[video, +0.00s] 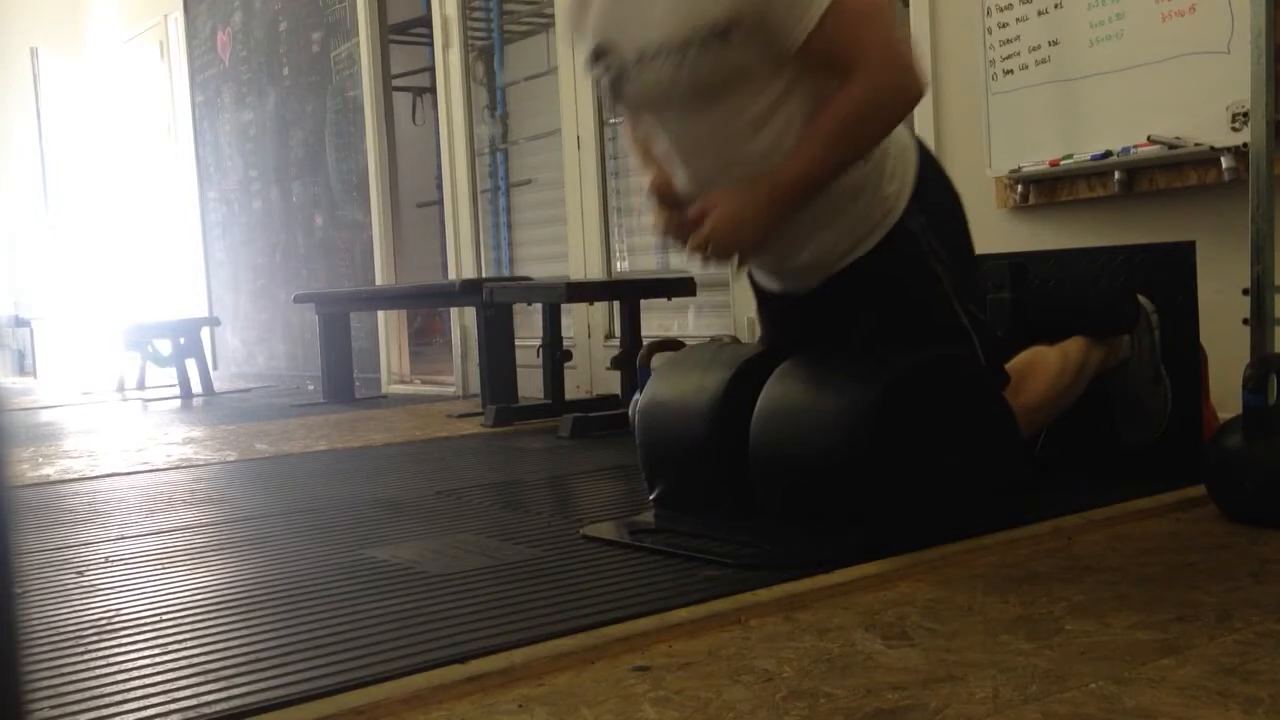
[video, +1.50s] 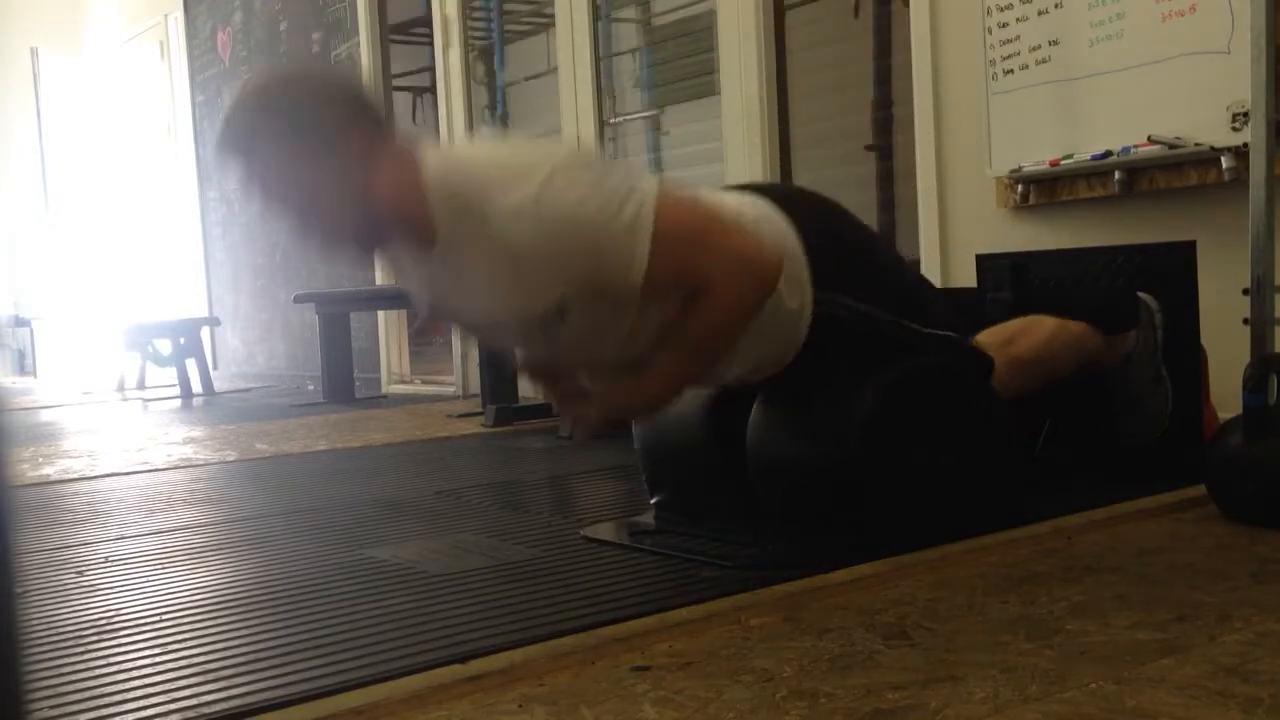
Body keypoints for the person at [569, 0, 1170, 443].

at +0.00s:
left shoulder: (772, 5)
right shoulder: (586, 10)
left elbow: (890, 76)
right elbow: (640, 101)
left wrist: (766, 197)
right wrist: (662, 174)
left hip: (889, 233)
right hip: (783, 267)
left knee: (959, 449)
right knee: (836, 463)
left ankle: (1099, 348)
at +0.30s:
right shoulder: (725, 6)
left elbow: (999, 28)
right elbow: (725, 63)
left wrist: (840, 89)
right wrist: (729, 117)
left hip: (930, 211)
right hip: (811, 234)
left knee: (964, 449)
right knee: (846, 456)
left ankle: (1101, 348)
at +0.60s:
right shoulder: (739, 3)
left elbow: (1007, 29)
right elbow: (734, 56)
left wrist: (855, 72)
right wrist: (740, 101)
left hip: (930, 204)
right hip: (813, 224)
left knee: (972, 435)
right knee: (838, 443)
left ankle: (1106, 349)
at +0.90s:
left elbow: (945, 33)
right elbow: (670, 55)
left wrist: (786, 106)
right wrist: (677, 119)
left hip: (899, 217)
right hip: (786, 248)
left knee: (968, 437)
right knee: (847, 456)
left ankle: (1105, 347)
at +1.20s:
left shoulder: (686, 5)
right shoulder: (510, 33)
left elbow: (840, 92)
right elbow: (595, 141)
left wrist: (689, 205)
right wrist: (591, 198)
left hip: (845, 249)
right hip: (756, 289)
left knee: (970, 414)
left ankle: (1100, 348)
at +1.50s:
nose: (286, 212)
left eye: (286, 183)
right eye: (269, 195)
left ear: (346, 146)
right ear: (307, 177)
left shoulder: (508, 198)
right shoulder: (407, 236)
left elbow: (747, 266)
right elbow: (552, 293)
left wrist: (642, 385)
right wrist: (569, 368)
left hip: (799, 270)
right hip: (714, 311)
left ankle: (1072, 345)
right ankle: (990, 351)